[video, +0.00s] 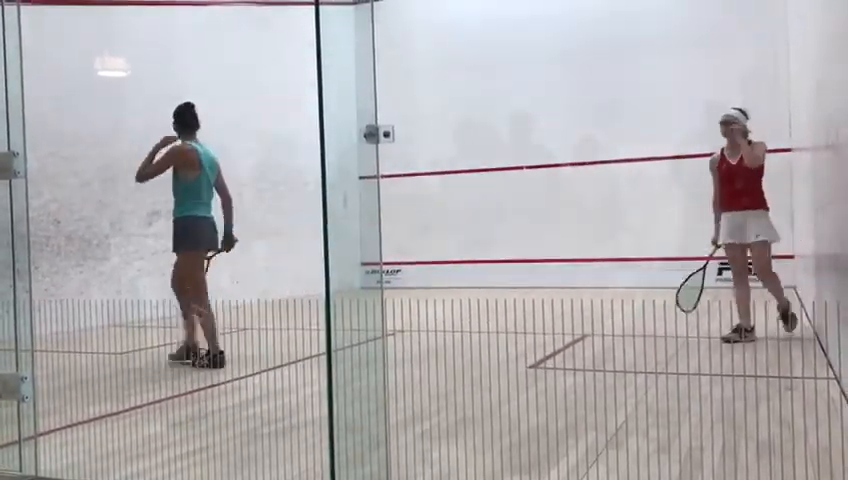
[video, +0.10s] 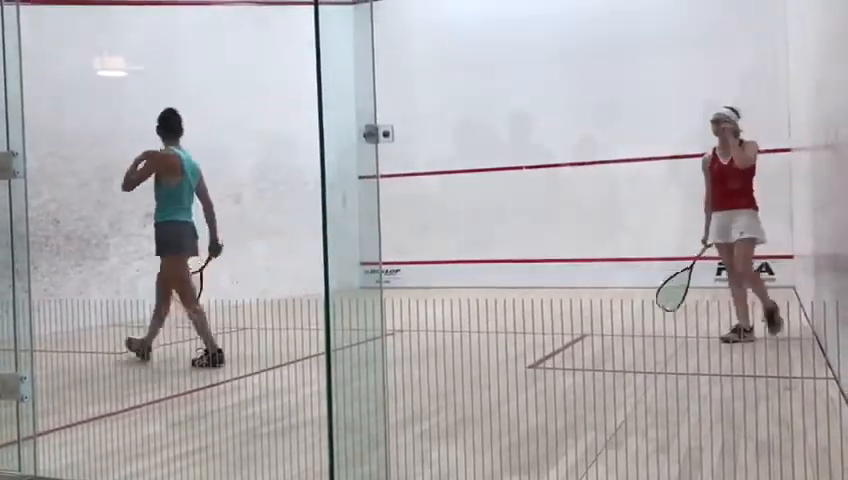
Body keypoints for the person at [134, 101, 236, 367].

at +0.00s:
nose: (175, 129)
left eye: (175, 125)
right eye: (178, 125)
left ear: (176, 126)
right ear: (197, 125)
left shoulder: (180, 151)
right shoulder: (208, 156)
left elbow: (142, 176)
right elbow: (226, 198)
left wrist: (158, 146)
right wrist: (229, 231)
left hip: (188, 228)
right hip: (207, 228)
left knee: (197, 292)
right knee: (179, 282)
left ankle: (214, 351)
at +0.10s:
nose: (159, 134)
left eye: (159, 130)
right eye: (166, 130)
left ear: (159, 132)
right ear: (181, 131)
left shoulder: (159, 159)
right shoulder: (191, 164)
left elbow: (127, 185)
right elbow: (207, 204)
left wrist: (137, 159)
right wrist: (215, 239)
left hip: (168, 232)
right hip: (187, 232)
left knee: (188, 296)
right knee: (164, 287)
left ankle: (213, 350)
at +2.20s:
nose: (92, 132)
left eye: (91, 127)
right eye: (88, 127)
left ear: (68, 128)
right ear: (74, 127)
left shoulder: (42, 154)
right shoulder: (85, 161)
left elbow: (22, 189)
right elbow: (93, 205)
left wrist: (34, 216)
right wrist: (106, 234)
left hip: (43, 229)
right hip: (74, 230)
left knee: (39, 297)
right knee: (71, 298)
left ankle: (29, 357)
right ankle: (68, 359)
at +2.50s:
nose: (93, 132)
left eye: (92, 126)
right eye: (89, 127)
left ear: (70, 129)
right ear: (75, 128)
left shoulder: (45, 155)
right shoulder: (86, 161)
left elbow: (24, 190)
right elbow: (93, 206)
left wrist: (27, 226)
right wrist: (106, 241)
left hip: (44, 229)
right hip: (75, 230)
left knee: (40, 296)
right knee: (72, 299)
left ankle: (30, 357)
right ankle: (69, 359)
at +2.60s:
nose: (94, 131)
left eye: (92, 126)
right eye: (90, 126)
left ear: (71, 128)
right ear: (76, 128)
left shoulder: (45, 155)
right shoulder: (87, 161)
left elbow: (25, 191)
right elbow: (94, 207)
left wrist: (29, 227)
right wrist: (105, 242)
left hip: (45, 229)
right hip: (75, 230)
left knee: (41, 296)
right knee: (73, 299)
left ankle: (31, 357)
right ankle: (70, 360)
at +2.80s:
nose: (95, 132)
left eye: (93, 126)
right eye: (91, 127)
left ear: (72, 129)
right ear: (77, 129)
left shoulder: (46, 156)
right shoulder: (88, 161)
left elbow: (27, 193)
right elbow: (93, 206)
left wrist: (31, 227)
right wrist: (103, 242)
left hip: (47, 229)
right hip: (77, 230)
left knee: (43, 297)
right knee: (74, 299)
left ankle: (32, 358)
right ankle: (71, 360)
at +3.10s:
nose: (95, 132)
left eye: (94, 127)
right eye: (91, 128)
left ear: (73, 130)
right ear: (78, 129)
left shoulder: (49, 157)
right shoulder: (89, 161)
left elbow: (30, 193)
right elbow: (93, 205)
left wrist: (40, 222)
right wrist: (105, 242)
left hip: (49, 230)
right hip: (78, 231)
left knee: (45, 298)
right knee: (76, 301)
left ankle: (35, 359)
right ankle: (74, 362)